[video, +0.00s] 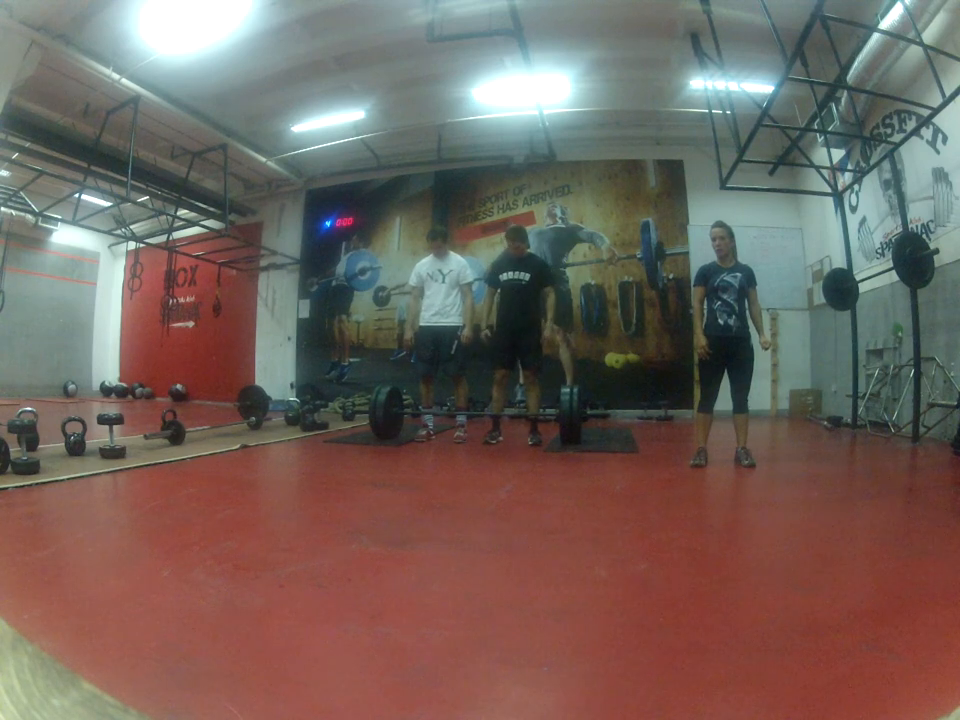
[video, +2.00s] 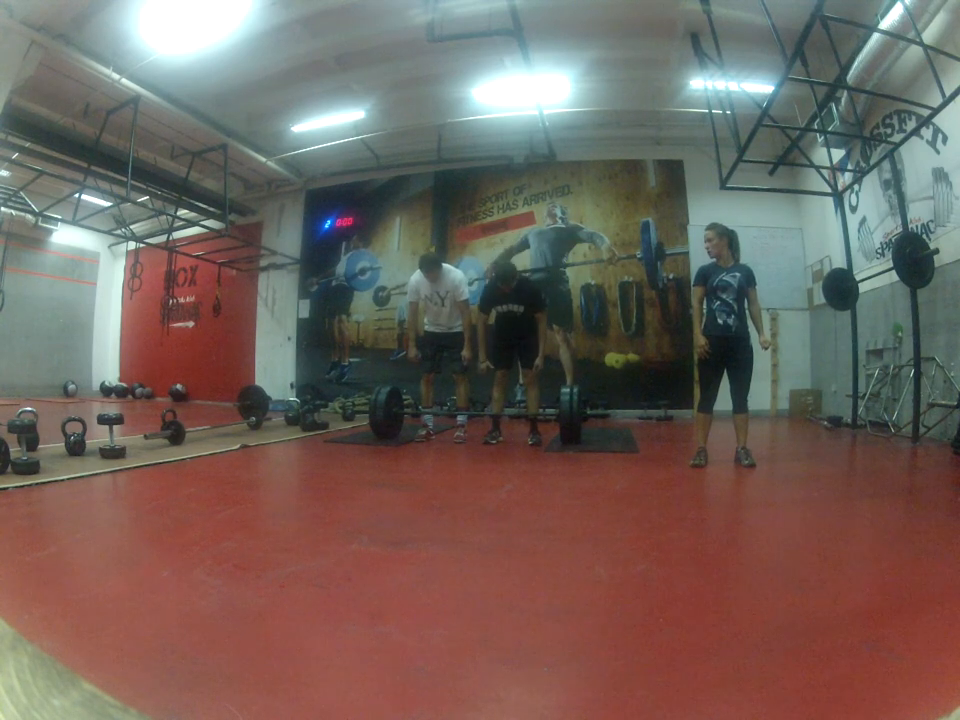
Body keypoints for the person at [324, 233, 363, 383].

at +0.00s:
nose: (352, 243)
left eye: (355, 241)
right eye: (352, 240)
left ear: (361, 243)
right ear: (353, 242)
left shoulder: (360, 257)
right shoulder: (347, 256)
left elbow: (363, 275)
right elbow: (336, 273)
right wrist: (319, 280)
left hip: (346, 288)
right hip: (335, 288)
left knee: (342, 323)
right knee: (334, 325)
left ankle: (345, 362)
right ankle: (335, 361)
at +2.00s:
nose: (353, 243)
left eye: (356, 241)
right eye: (353, 240)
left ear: (360, 243)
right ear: (354, 242)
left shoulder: (360, 256)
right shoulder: (348, 256)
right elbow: (336, 272)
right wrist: (318, 279)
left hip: (346, 288)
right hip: (335, 288)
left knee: (342, 324)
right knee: (334, 324)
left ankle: (345, 362)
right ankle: (335, 361)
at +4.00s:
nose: (354, 243)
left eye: (357, 241)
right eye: (354, 240)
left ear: (362, 243)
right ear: (353, 242)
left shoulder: (361, 257)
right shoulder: (347, 256)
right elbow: (336, 273)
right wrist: (319, 280)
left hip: (346, 289)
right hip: (335, 289)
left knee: (343, 326)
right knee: (334, 326)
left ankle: (345, 363)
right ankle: (335, 361)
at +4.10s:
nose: (354, 243)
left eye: (357, 241)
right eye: (354, 240)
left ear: (362, 243)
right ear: (352, 242)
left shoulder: (361, 257)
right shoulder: (347, 257)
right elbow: (336, 273)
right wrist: (319, 280)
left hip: (346, 289)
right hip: (335, 289)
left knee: (343, 326)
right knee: (333, 326)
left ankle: (345, 364)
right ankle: (335, 362)